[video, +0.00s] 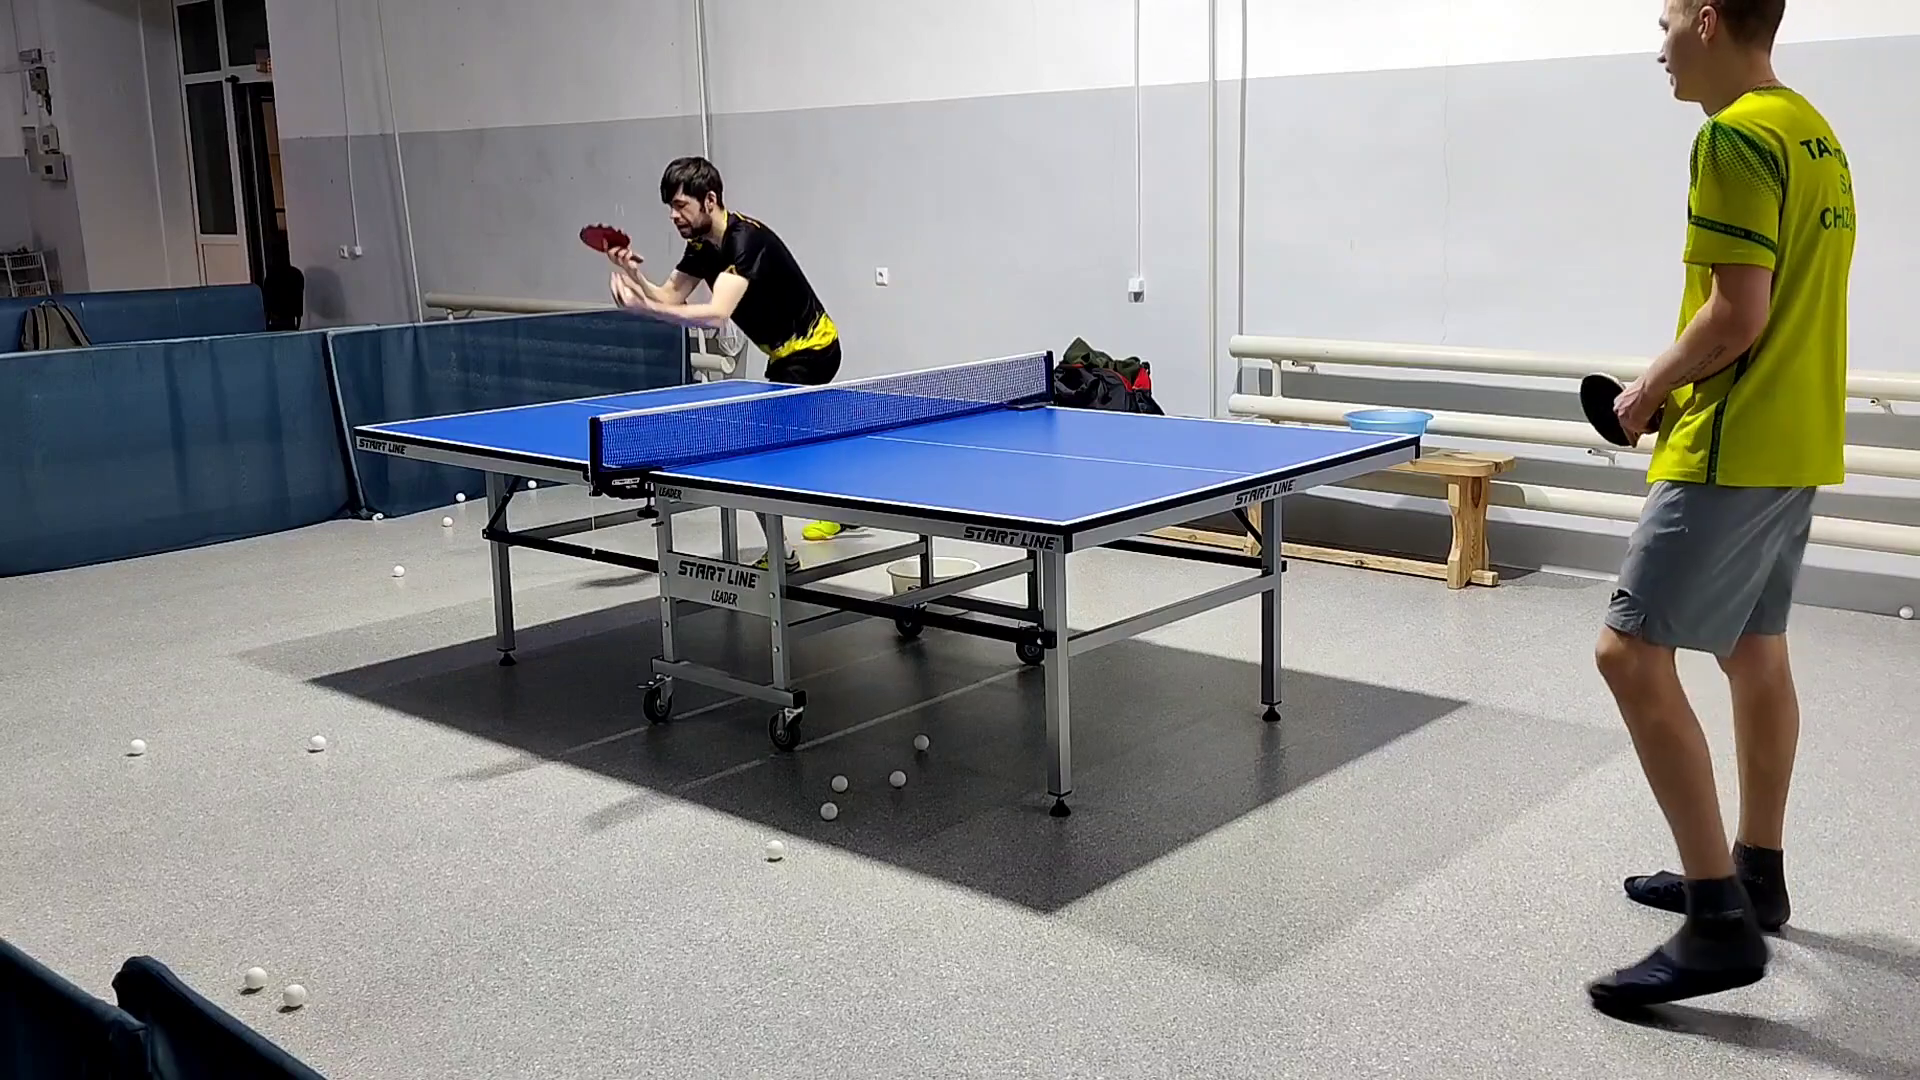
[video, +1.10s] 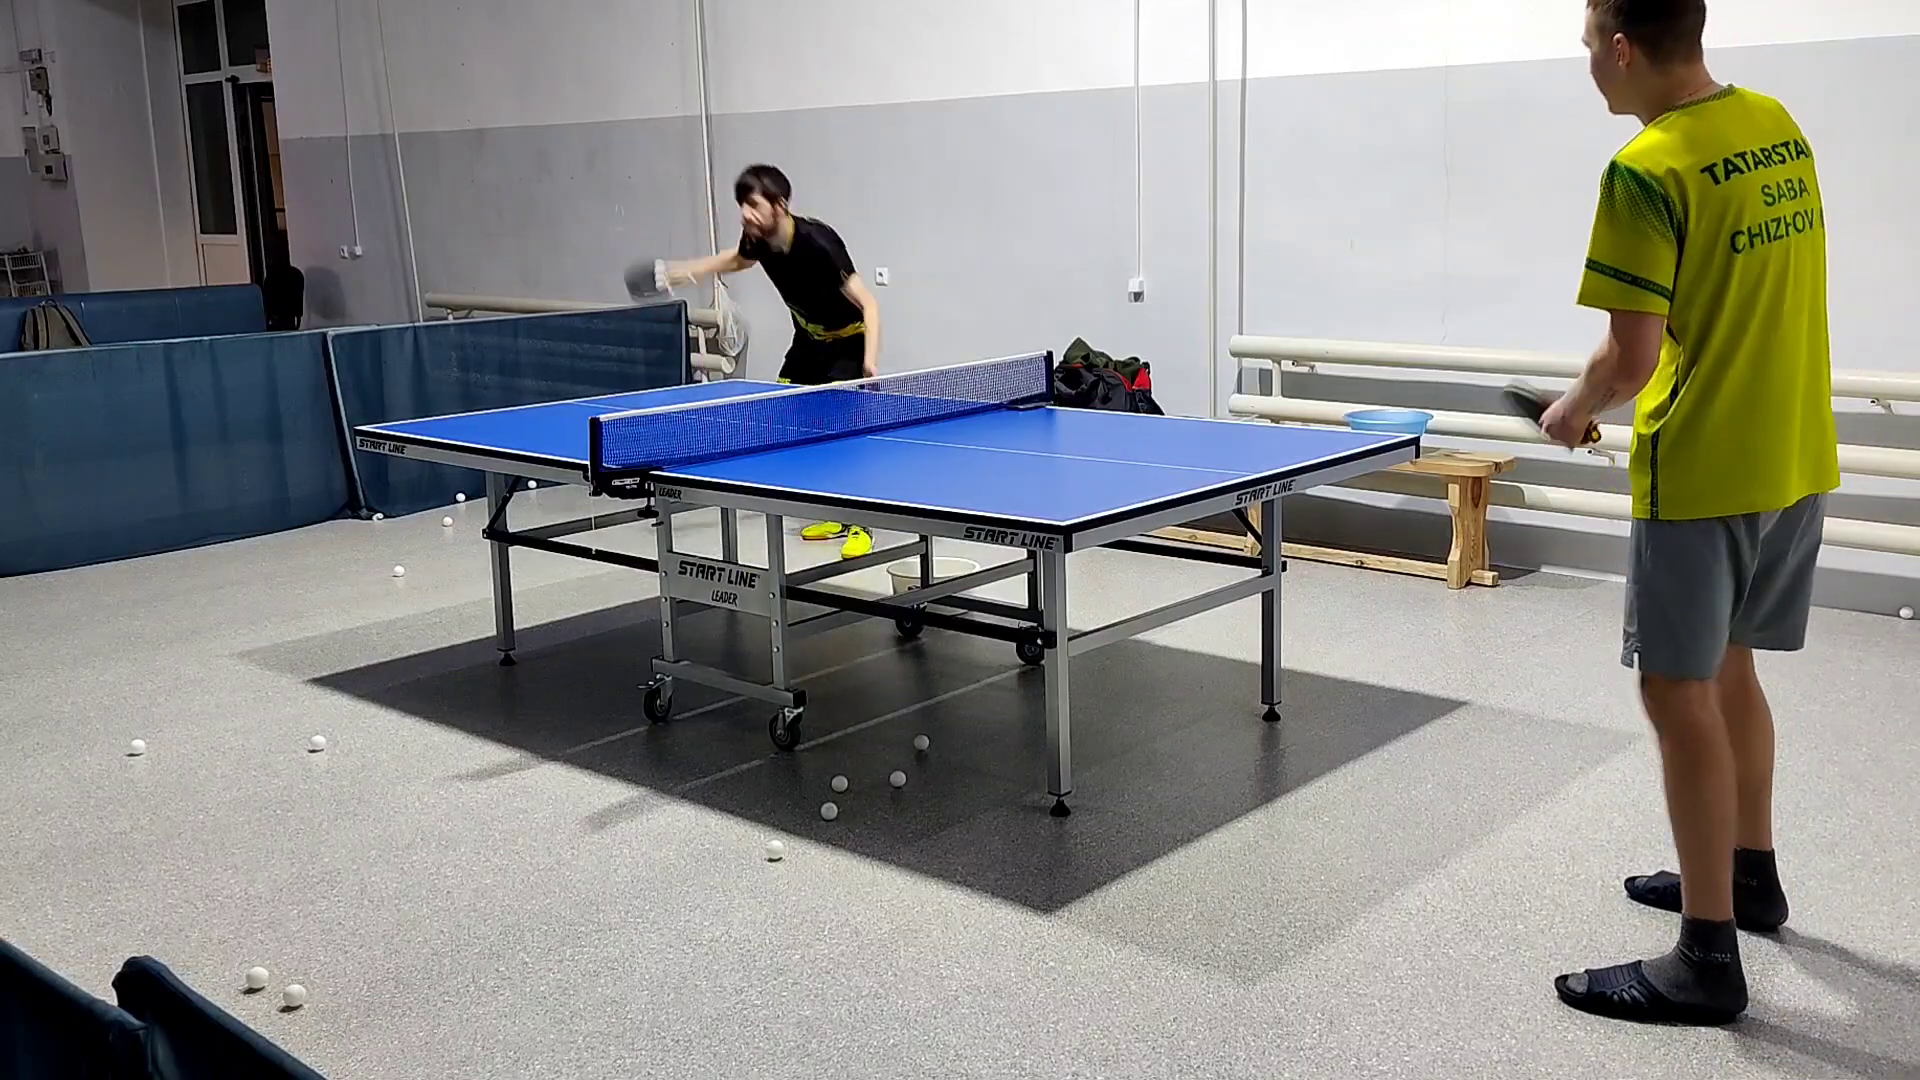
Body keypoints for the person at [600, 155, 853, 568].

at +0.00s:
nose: (674, 216)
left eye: (680, 206)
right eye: (671, 207)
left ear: (710, 200)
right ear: (698, 204)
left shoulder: (746, 239)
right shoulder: (700, 242)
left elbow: (718, 313)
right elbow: (670, 298)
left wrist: (646, 308)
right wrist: (634, 274)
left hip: (811, 350)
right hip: (782, 353)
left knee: (754, 446)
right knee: (798, 437)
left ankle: (778, 551)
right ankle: (844, 508)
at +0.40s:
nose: (717, 187)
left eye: (725, 178)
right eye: (713, 179)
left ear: (753, 177)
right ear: (713, 185)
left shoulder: (779, 223)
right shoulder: (733, 235)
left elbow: (754, 298)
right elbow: (721, 300)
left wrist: (692, 304)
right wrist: (680, 297)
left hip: (809, 351)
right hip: (777, 354)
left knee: (755, 439)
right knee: (801, 436)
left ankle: (778, 550)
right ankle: (841, 509)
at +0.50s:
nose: (726, 176)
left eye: (734, 166)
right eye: (723, 169)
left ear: (762, 168)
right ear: (725, 175)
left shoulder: (787, 211)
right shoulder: (745, 227)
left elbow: (752, 266)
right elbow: (746, 299)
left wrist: (688, 236)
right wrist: (695, 324)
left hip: (817, 346)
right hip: (784, 349)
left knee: (765, 426)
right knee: (804, 434)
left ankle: (780, 550)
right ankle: (844, 512)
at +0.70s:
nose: (727, 157)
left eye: (737, 148)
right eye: (726, 150)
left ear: (764, 154)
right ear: (729, 159)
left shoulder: (789, 195)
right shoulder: (750, 213)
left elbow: (795, 255)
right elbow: (767, 278)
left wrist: (744, 252)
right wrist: (732, 322)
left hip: (832, 325)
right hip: (796, 328)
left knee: (813, 418)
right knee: (789, 421)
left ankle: (833, 518)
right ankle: (841, 512)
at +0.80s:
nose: (725, 160)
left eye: (734, 151)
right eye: (724, 153)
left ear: (762, 158)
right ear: (733, 163)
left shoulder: (790, 199)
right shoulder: (751, 212)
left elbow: (821, 263)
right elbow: (766, 264)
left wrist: (790, 283)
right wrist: (724, 288)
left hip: (839, 324)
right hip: (803, 329)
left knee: (818, 413)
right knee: (788, 418)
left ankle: (836, 526)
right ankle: (846, 508)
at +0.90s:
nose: (725, 172)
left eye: (734, 163)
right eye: (724, 164)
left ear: (762, 169)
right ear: (731, 172)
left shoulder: (795, 209)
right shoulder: (754, 216)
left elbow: (842, 274)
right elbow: (761, 255)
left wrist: (822, 312)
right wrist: (702, 255)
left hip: (844, 324)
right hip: (806, 326)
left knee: (827, 410)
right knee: (791, 413)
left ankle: (863, 519)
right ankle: (838, 511)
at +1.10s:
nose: (745, 215)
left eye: (753, 205)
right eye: (742, 207)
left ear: (779, 204)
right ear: (742, 207)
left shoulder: (818, 242)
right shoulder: (758, 238)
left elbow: (869, 302)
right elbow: (738, 260)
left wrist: (870, 362)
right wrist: (686, 270)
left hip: (848, 342)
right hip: (807, 340)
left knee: (842, 423)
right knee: (787, 417)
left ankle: (859, 522)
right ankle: (837, 513)